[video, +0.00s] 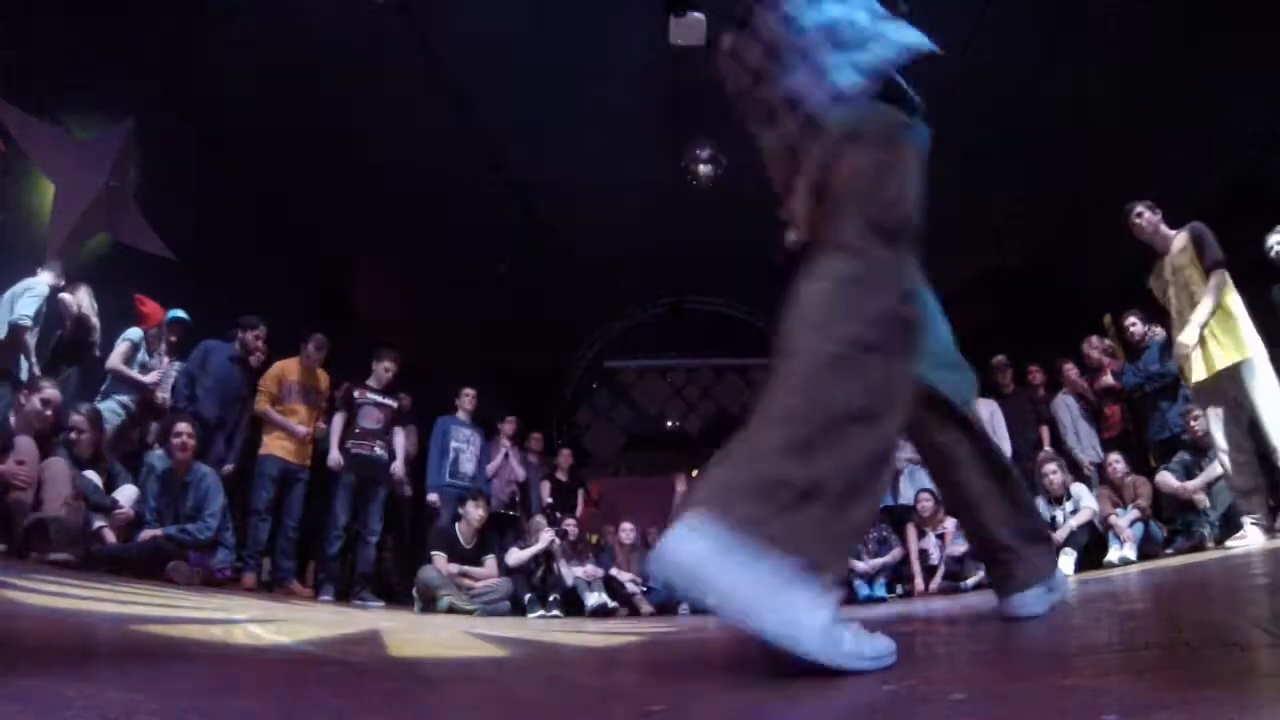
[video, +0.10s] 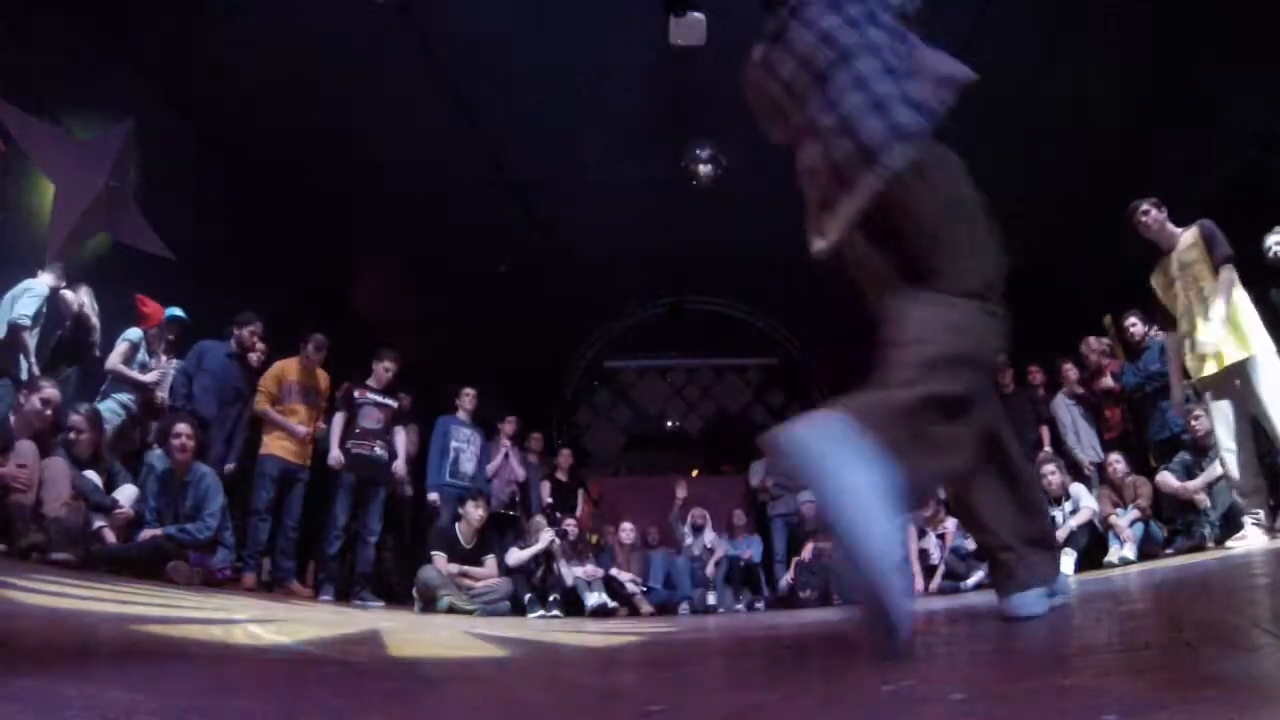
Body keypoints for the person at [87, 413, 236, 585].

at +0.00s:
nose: (183, 441)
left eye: (189, 436)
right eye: (177, 436)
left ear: (197, 444)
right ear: (168, 442)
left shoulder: (207, 477)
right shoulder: (162, 477)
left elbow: (207, 531)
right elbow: (152, 520)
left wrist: (163, 533)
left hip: (210, 553)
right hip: (174, 547)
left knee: (157, 546)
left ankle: (92, 556)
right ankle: (181, 575)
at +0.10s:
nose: (183, 443)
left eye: (189, 438)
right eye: (177, 437)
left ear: (196, 444)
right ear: (167, 443)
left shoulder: (207, 477)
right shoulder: (161, 477)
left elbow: (207, 530)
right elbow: (151, 521)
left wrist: (164, 533)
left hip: (209, 552)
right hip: (173, 546)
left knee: (158, 546)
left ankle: (92, 556)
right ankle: (180, 575)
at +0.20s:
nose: (182, 445)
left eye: (187, 440)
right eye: (175, 439)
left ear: (194, 445)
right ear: (166, 446)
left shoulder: (206, 477)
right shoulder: (161, 479)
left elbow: (207, 530)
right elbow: (151, 520)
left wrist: (163, 533)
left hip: (210, 553)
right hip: (173, 546)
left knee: (156, 546)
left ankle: (92, 556)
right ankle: (182, 575)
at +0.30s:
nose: (181, 446)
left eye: (186, 441)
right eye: (174, 441)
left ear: (193, 446)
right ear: (163, 447)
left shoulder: (205, 478)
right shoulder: (161, 479)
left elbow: (208, 532)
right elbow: (150, 520)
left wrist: (163, 533)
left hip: (211, 554)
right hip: (175, 547)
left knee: (159, 547)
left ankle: (90, 556)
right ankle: (179, 573)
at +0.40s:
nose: (181, 445)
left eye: (187, 439)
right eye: (174, 439)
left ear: (194, 445)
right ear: (165, 447)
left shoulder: (206, 478)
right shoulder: (161, 481)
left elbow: (208, 531)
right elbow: (150, 521)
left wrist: (163, 533)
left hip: (210, 554)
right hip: (174, 546)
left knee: (157, 546)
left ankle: (91, 556)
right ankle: (182, 575)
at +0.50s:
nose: (184, 442)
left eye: (189, 437)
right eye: (177, 436)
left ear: (196, 444)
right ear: (166, 444)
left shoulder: (206, 478)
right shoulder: (159, 479)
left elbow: (208, 531)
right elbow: (150, 522)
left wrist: (163, 533)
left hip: (210, 553)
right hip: (173, 545)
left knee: (156, 545)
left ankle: (92, 556)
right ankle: (183, 575)